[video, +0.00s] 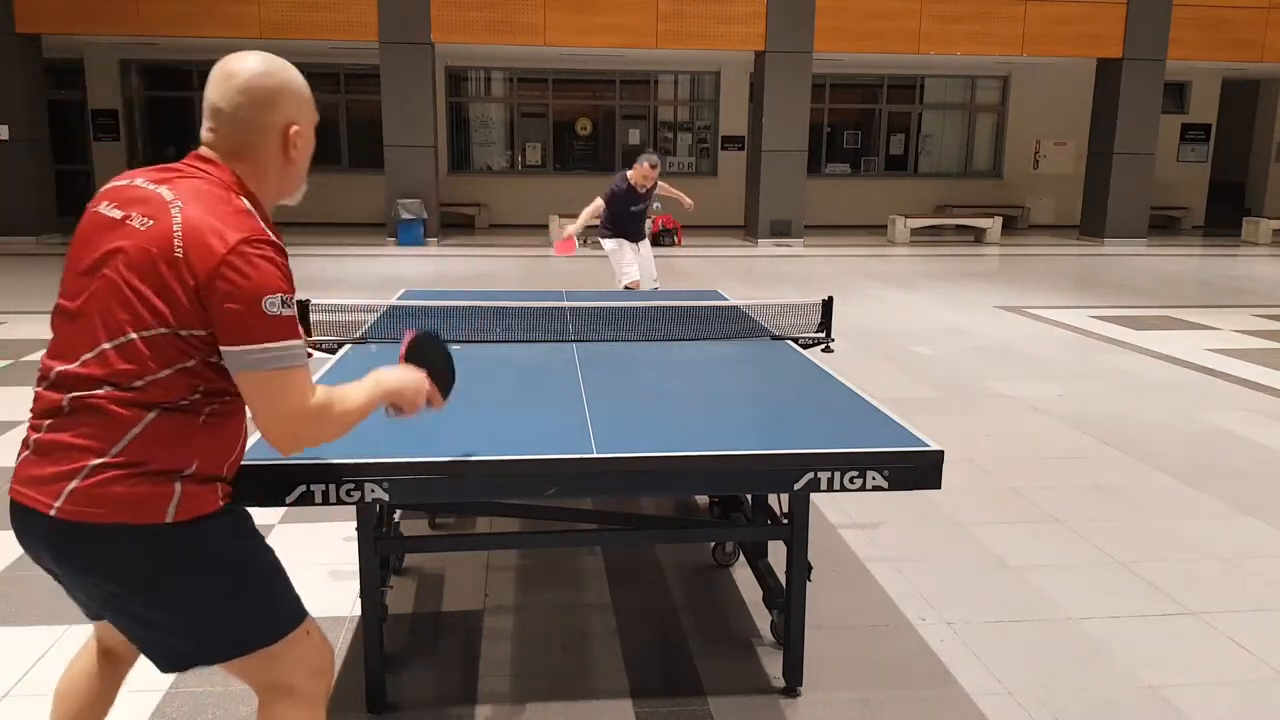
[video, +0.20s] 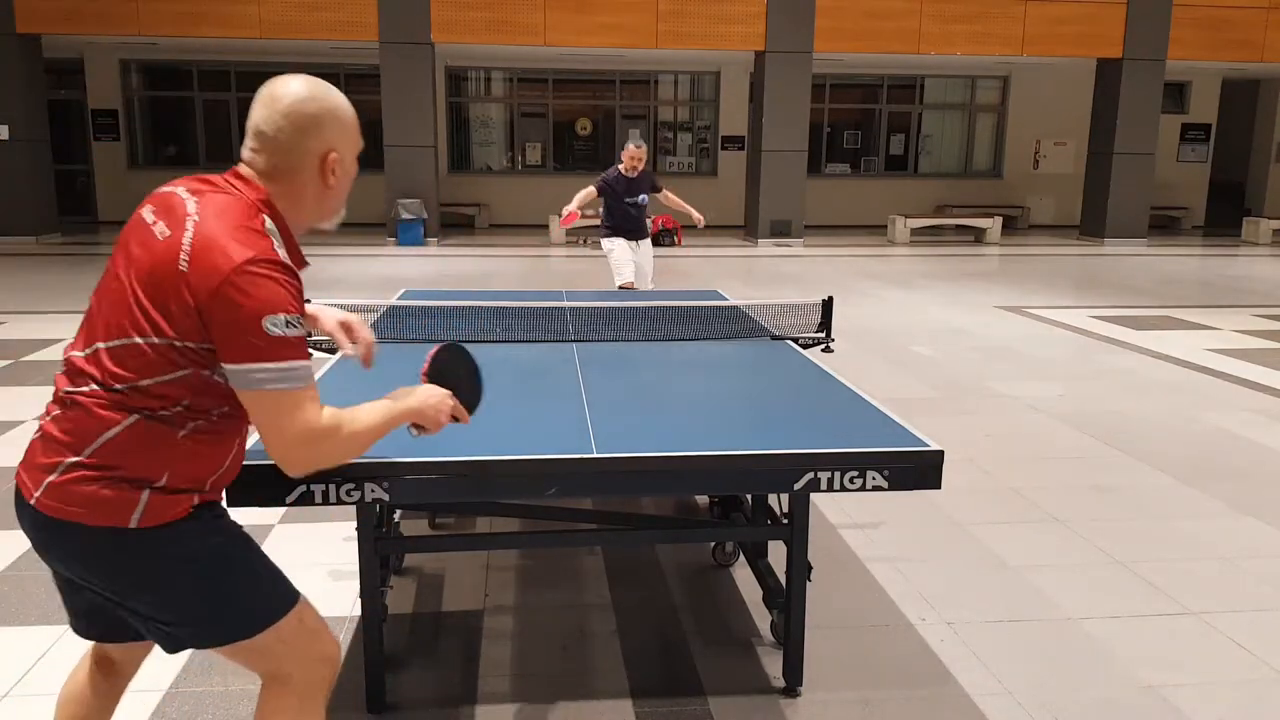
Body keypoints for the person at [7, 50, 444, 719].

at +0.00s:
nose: (313, 148)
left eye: (312, 132)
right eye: (311, 132)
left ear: (210, 124)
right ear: (291, 139)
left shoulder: (120, 192)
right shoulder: (237, 241)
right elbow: (293, 426)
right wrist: (384, 386)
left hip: (46, 497)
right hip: (148, 514)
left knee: (115, 641)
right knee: (301, 673)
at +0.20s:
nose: (353, 177)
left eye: (355, 162)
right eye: (354, 161)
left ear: (257, 145)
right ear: (328, 166)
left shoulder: (182, 196)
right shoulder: (247, 265)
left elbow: (213, 292)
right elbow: (301, 447)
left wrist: (306, 314)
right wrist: (406, 405)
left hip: (59, 486)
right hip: (132, 511)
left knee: (113, 654)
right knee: (307, 661)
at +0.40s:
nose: (402, 253)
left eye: (407, 239)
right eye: (404, 239)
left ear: (309, 207)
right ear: (376, 244)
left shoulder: (254, 244)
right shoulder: (267, 334)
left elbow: (339, 348)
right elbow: (241, 528)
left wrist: (393, 339)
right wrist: (376, 532)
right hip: (110, 527)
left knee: (165, 623)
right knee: (303, 668)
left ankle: (69, 713)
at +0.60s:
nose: (394, 289)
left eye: (397, 275)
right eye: (394, 276)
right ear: (351, 284)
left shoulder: (267, 265)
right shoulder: (212, 371)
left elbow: (315, 306)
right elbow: (69, 513)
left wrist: (372, 321)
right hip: (110, 530)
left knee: (159, 649)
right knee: (285, 664)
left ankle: (56, 717)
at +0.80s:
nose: (326, 186)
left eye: (325, 170)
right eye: (316, 172)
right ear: (255, 189)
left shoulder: (161, 195)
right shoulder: (188, 291)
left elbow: (226, 208)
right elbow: (160, 474)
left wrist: (283, 229)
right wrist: (227, 590)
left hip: (66, 479)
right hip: (109, 500)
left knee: (122, 636)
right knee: (263, 652)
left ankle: (37, 714)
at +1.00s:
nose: (210, 95)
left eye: (209, 79)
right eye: (202, 79)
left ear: (94, 78)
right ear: (159, 86)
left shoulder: (17, 161)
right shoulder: (149, 154)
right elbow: (309, 89)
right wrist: (267, 7)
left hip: (28, 459)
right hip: (132, 467)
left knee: (72, 628)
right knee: (230, 656)